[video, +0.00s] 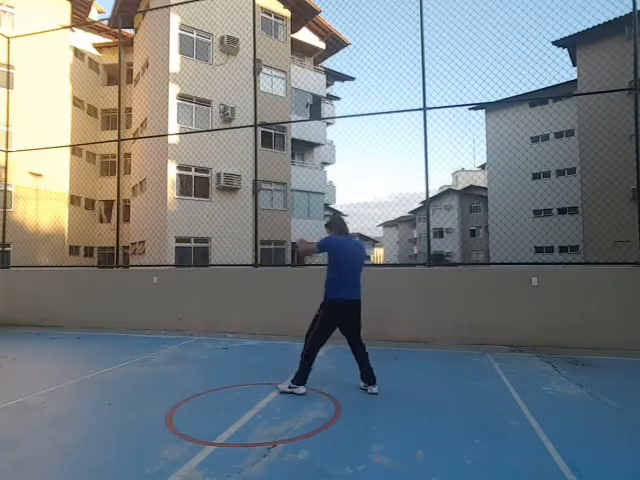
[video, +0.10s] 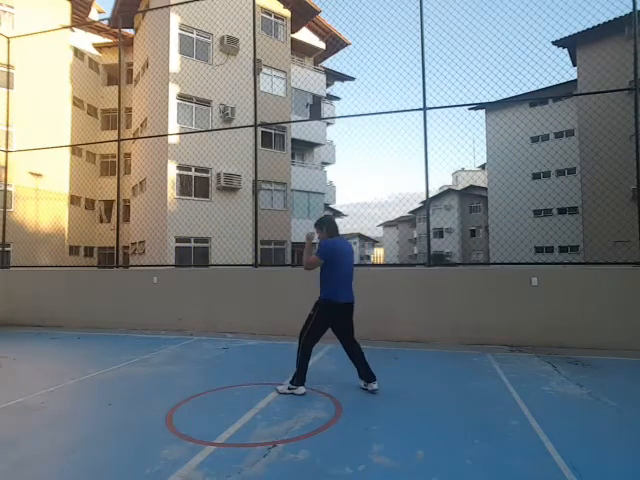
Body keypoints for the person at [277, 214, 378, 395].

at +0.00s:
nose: (327, 234)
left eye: (327, 231)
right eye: (326, 231)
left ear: (332, 229)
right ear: (345, 228)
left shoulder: (331, 241)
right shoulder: (359, 246)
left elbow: (304, 250)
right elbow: (361, 264)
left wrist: (302, 244)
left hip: (333, 303)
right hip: (353, 303)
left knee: (313, 342)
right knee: (356, 342)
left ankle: (298, 383)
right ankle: (371, 383)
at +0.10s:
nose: (317, 236)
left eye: (318, 232)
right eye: (316, 232)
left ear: (325, 231)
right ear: (334, 229)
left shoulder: (327, 245)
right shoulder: (347, 245)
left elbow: (308, 265)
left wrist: (308, 244)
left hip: (328, 303)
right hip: (346, 304)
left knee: (306, 340)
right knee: (349, 341)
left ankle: (297, 383)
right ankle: (370, 380)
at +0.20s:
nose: (307, 235)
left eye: (308, 231)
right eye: (307, 232)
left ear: (315, 230)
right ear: (321, 229)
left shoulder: (325, 246)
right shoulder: (332, 244)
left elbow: (306, 266)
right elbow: (308, 264)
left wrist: (303, 243)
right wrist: (304, 243)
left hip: (323, 302)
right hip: (336, 302)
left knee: (302, 338)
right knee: (341, 340)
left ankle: (297, 384)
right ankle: (367, 376)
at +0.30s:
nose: (298, 238)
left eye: (299, 234)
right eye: (297, 235)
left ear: (306, 231)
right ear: (310, 230)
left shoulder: (318, 245)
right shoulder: (323, 242)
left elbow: (300, 264)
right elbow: (293, 240)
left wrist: (292, 242)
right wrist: (269, 236)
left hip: (318, 301)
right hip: (329, 300)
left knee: (299, 339)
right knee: (330, 339)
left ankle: (297, 384)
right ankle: (361, 369)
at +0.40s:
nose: (290, 236)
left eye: (291, 232)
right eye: (290, 233)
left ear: (298, 230)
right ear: (303, 228)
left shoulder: (308, 243)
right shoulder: (316, 240)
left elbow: (291, 263)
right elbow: (292, 253)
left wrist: (284, 246)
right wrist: (270, 241)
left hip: (313, 298)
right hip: (324, 296)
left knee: (298, 337)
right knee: (320, 334)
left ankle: (297, 383)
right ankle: (347, 365)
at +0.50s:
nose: (286, 234)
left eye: (287, 230)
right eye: (285, 231)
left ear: (294, 228)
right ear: (301, 226)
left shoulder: (300, 241)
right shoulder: (313, 239)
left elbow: (284, 262)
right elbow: (293, 261)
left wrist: (279, 246)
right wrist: (284, 248)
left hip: (307, 295)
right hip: (321, 294)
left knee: (298, 336)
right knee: (314, 331)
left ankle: (297, 383)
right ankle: (327, 369)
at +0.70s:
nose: (288, 232)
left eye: (289, 229)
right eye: (288, 229)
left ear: (295, 227)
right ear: (304, 226)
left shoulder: (297, 241)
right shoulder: (317, 242)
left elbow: (279, 260)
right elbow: (303, 261)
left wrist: (277, 243)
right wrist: (286, 246)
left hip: (299, 294)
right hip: (315, 293)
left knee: (285, 332)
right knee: (306, 331)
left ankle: (293, 376)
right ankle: (307, 368)